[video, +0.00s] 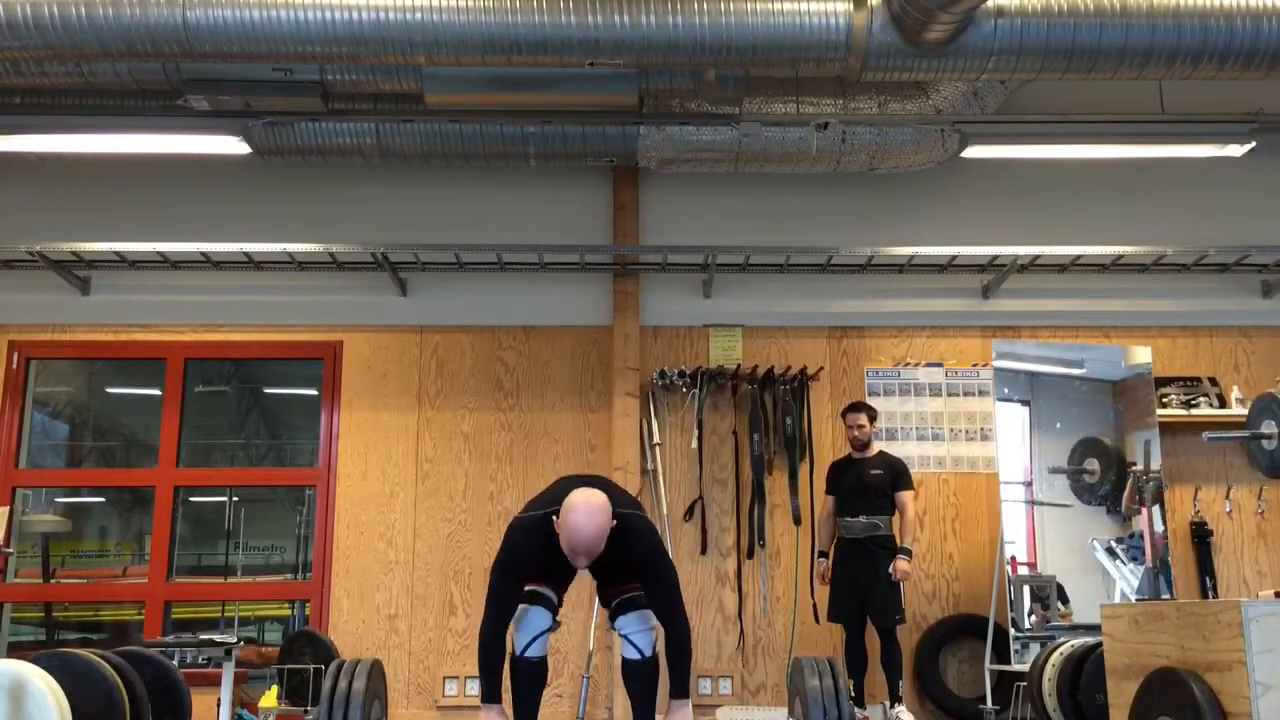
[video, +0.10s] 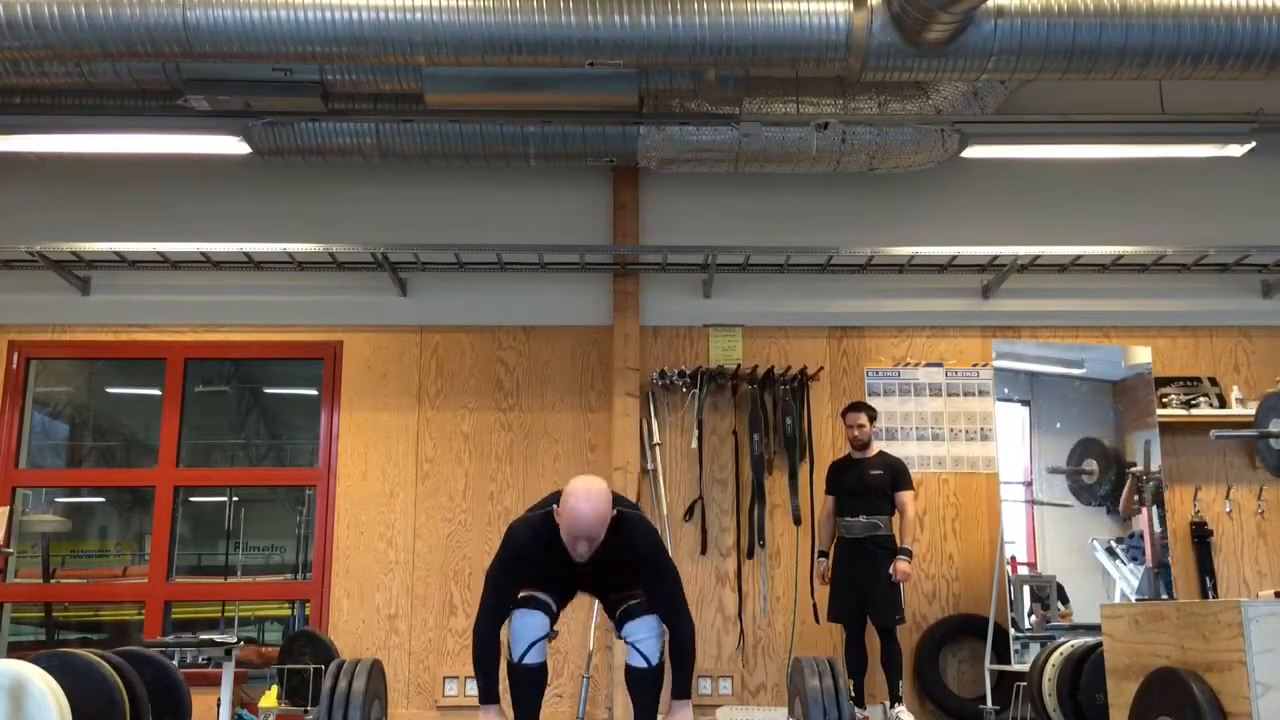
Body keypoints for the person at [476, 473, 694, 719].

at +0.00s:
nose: (581, 563)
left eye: (591, 554)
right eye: (572, 553)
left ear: (611, 529)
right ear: (557, 526)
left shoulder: (638, 535)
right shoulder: (524, 535)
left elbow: (676, 623)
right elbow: (494, 625)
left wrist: (680, 704)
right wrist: (490, 705)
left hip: (613, 549)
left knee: (639, 630)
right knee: (530, 626)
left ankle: (643, 716)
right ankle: (527, 715)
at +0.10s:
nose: (581, 550)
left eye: (592, 540)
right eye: (573, 539)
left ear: (610, 519)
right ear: (557, 515)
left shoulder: (638, 536)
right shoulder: (525, 536)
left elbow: (680, 622)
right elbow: (486, 625)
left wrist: (681, 704)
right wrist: (488, 707)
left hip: (618, 574)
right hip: (549, 574)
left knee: (645, 634)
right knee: (526, 629)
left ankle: (643, 717)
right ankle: (527, 717)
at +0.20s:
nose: (584, 535)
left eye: (595, 524)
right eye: (575, 523)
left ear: (612, 507)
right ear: (558, 505)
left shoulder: (638, 536)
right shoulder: (525, 539)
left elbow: (684, 622)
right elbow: (482, 626)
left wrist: (682, 704)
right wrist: (488, 707)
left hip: (617, 600)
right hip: (550, 599)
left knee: (651, 637)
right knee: (522, 633)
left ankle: (646, 716)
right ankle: (528, 716)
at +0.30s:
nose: (585, 526)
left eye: (596, 514)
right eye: (575, 513)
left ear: (613, 502)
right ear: (558, 499)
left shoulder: (636, 538)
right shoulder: (530, 539)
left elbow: (688, 624)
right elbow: (480, 626)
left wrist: (684, 705)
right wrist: (488, 706)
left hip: (618, 616)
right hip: (554, 615)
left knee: (657, 644)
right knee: (518, 638)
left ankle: (650, 716)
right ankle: (529, 716)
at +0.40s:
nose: (585, 528)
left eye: (597, 516)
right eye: (576, 515)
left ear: (613, 508)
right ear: (560, 503)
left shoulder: (637, 550)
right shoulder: (533, 547)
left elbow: (698, 629)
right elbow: (474, 629)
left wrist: (685, 706)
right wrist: (488, 707)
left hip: (617, 638)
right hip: (557, 637)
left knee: (664, 648)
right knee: (509, 642)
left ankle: (648, 717)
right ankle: (526, 716)